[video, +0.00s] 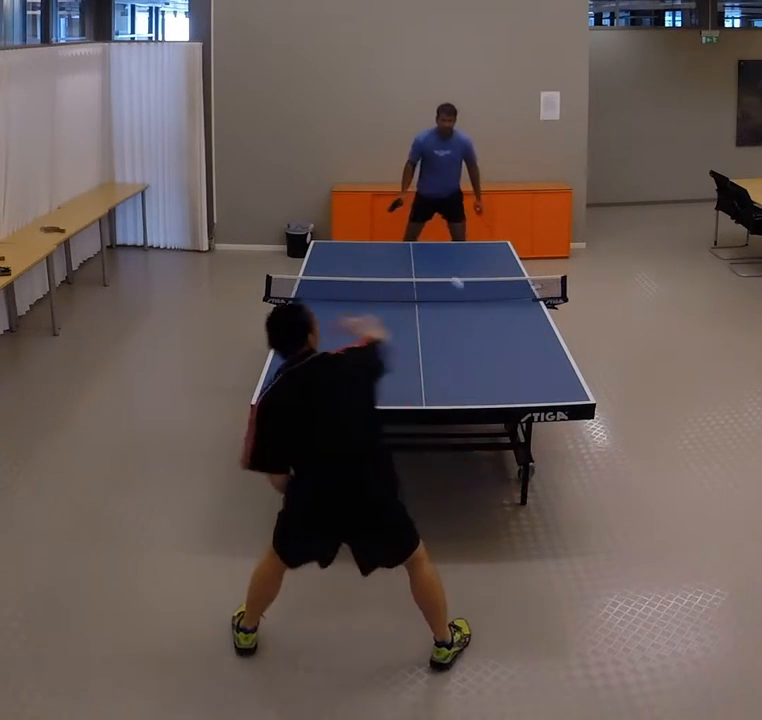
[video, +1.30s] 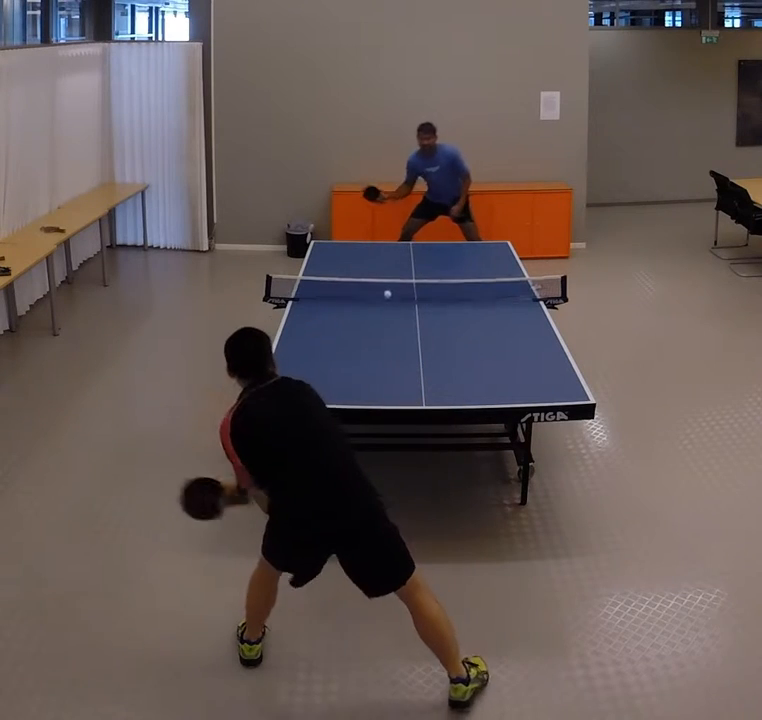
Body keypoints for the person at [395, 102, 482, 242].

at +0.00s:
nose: (446, 125)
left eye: (450, 121)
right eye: (443, 121)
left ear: (455, 122)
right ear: (437, 120)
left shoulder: (463, 142)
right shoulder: (423, 140)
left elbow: (473, 169)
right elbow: (410, 165)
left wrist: (478, 198)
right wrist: (403, 193)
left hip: (452, 198)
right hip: (425, 197)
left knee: (460, 243)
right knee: (409, 241)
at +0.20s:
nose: (427, 131)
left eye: (430, 127)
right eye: (423, 127)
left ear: (437, 127)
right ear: (418, 127)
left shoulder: (450, 144)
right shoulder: (412, 148)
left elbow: (464, 168)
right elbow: (409, 175)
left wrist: (465, 196)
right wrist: (398, 194)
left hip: (447, 199)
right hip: (422, 200)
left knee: (459, 242)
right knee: (405, 241)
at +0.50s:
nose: (439, 138)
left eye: (443, 135)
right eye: (436, 135)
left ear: (450, 134)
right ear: (432, 134)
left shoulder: (462, 149)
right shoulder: (425, 153)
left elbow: (478, 169)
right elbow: (410, 178)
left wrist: (487, 197)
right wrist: (394, 195)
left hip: (462, 200)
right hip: (436, 202)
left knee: (479, 240)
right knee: (415, 241)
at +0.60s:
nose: (459, 139)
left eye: (463, 135)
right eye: (456, 135)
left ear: (470, 135)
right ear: (451, 134)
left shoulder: (479, 153)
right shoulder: (439, 153)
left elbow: (491, 175)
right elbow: (422, 175)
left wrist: (500, 202)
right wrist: (404, 190)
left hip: (469, 204)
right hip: (443, 204)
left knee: (481, 242)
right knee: (422, 239)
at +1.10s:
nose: (457, 134)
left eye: (461, 131)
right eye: (454, 130)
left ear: (467, 131)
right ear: (449, 129)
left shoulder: (476, 151)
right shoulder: (438, 149)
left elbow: (485, 178)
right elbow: (426, 173)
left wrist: (482, 207)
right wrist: (408, 193)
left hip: (466, 201)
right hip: (440, 200)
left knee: (480, 242)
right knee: (415, 236)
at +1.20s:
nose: (441, 140)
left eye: (444, 136)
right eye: (437, 136)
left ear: (450, 136)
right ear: (433, 136)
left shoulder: (463, 153)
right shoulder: (427, 156)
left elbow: (476, 179)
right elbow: (421, 180)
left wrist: (467, 203)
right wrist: (405, 198)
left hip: (460, 201)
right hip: (437, 200)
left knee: (478, 242)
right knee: (410, 235)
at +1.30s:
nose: (425, 143)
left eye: (428, 139)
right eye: (421, 139)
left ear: (435, 138)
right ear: (417, 140)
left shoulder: (450, 154)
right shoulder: (415, 161)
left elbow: (466, 178)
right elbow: (407, 186)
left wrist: (460, 204)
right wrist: (388, 196)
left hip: (455, 201)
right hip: (432, 201)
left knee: (474, 239)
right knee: (407, 232)